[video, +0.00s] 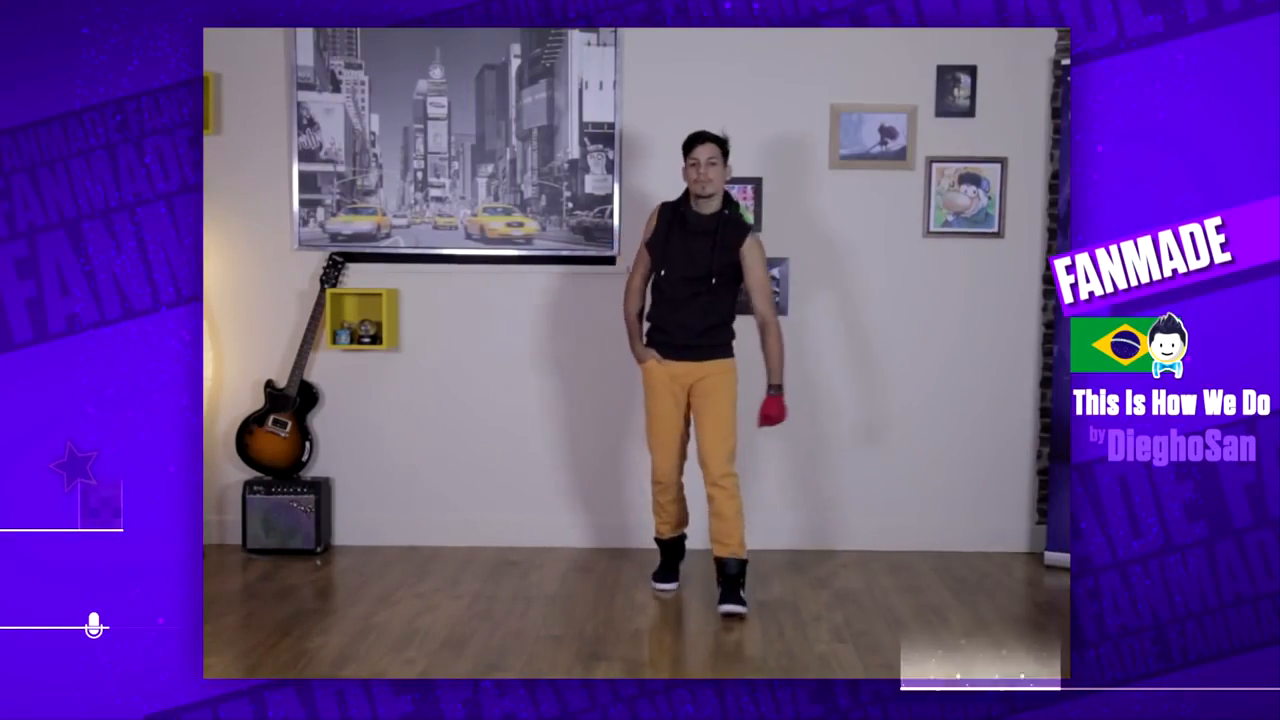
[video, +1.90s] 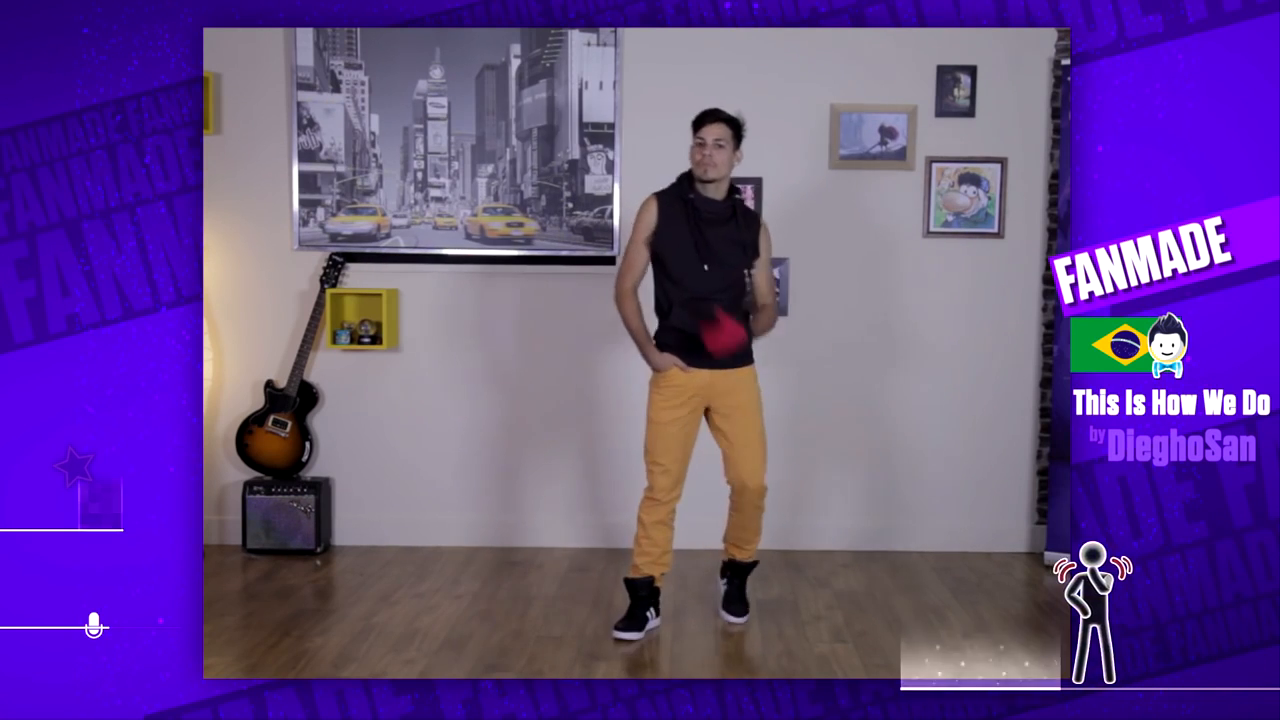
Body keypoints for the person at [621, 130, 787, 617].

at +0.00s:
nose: (703, 172)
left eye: (712, 164)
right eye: (695, 164)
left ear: (726, 171)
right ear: (684, 171)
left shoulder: (741, 237)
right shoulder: (662, 219)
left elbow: (767, 318)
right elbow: (634, 287)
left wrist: (775, 388)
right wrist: (637, 346)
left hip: (716, 366)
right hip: (661, 364)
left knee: (719, 472)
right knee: (664, 471)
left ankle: (731, 579)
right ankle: (669, 555)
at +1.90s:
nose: (707, 153)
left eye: (719, 145)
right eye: (700, 144)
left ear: (736, 155)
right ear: (690, 151)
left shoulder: (753, 226)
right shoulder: (658, 209)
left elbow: (767, 307)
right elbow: (625, 289)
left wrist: (747, 331)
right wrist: (650, 352)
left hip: (736, 376)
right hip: (677, 374)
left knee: (751, 483)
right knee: (661, 488)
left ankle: (737, 579)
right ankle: (643, 597)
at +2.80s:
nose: (754, 173)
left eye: (766, 164)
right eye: (748, 162)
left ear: (787, 169)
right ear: (739, 160)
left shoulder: (790, 232)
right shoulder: (705, 206)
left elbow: (786, 297)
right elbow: (660, 287)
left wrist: (754, 231)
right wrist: (679, 360)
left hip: (766, 382)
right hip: (703, 380)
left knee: (780, 492)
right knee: (673, 497)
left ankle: (800, 604)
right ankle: (652, 602)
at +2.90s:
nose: (741, 172)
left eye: (753, 165)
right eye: (736, 161)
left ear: (776, 170)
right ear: (728, 160)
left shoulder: (778, 231)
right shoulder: (696, 206)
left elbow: (779, 299)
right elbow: (650, 286)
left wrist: (745, 237)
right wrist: (673, 361)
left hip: (759, 381)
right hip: (696, 380)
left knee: (774, 491)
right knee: (669, 496)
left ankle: (797, 602)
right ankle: (648, 601)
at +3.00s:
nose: (718, 165)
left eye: (730, 158)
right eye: (713, 155)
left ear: (752, 166)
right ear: (704, 155)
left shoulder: (753, 224)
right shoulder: (675, 205)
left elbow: (760, 293)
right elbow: (631, 284)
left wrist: (725, 231)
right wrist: (661, 360)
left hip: (743, 377)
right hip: (682, 378)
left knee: (768, 491)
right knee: (661, 495)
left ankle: (789, 602)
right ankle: (645, 601)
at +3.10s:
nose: (703, 159)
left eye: (714, 151)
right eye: (697, 150)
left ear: (734, 158)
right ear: (688, 153)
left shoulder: (741, 221)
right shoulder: (661, 203)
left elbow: (750, 290)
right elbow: (620, 285)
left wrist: (714, 228)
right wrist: (651, 359)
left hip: (734, 378)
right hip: (673, 379)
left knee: (763, 493)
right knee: (659, 496)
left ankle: (776, 605)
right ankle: (645, 602)